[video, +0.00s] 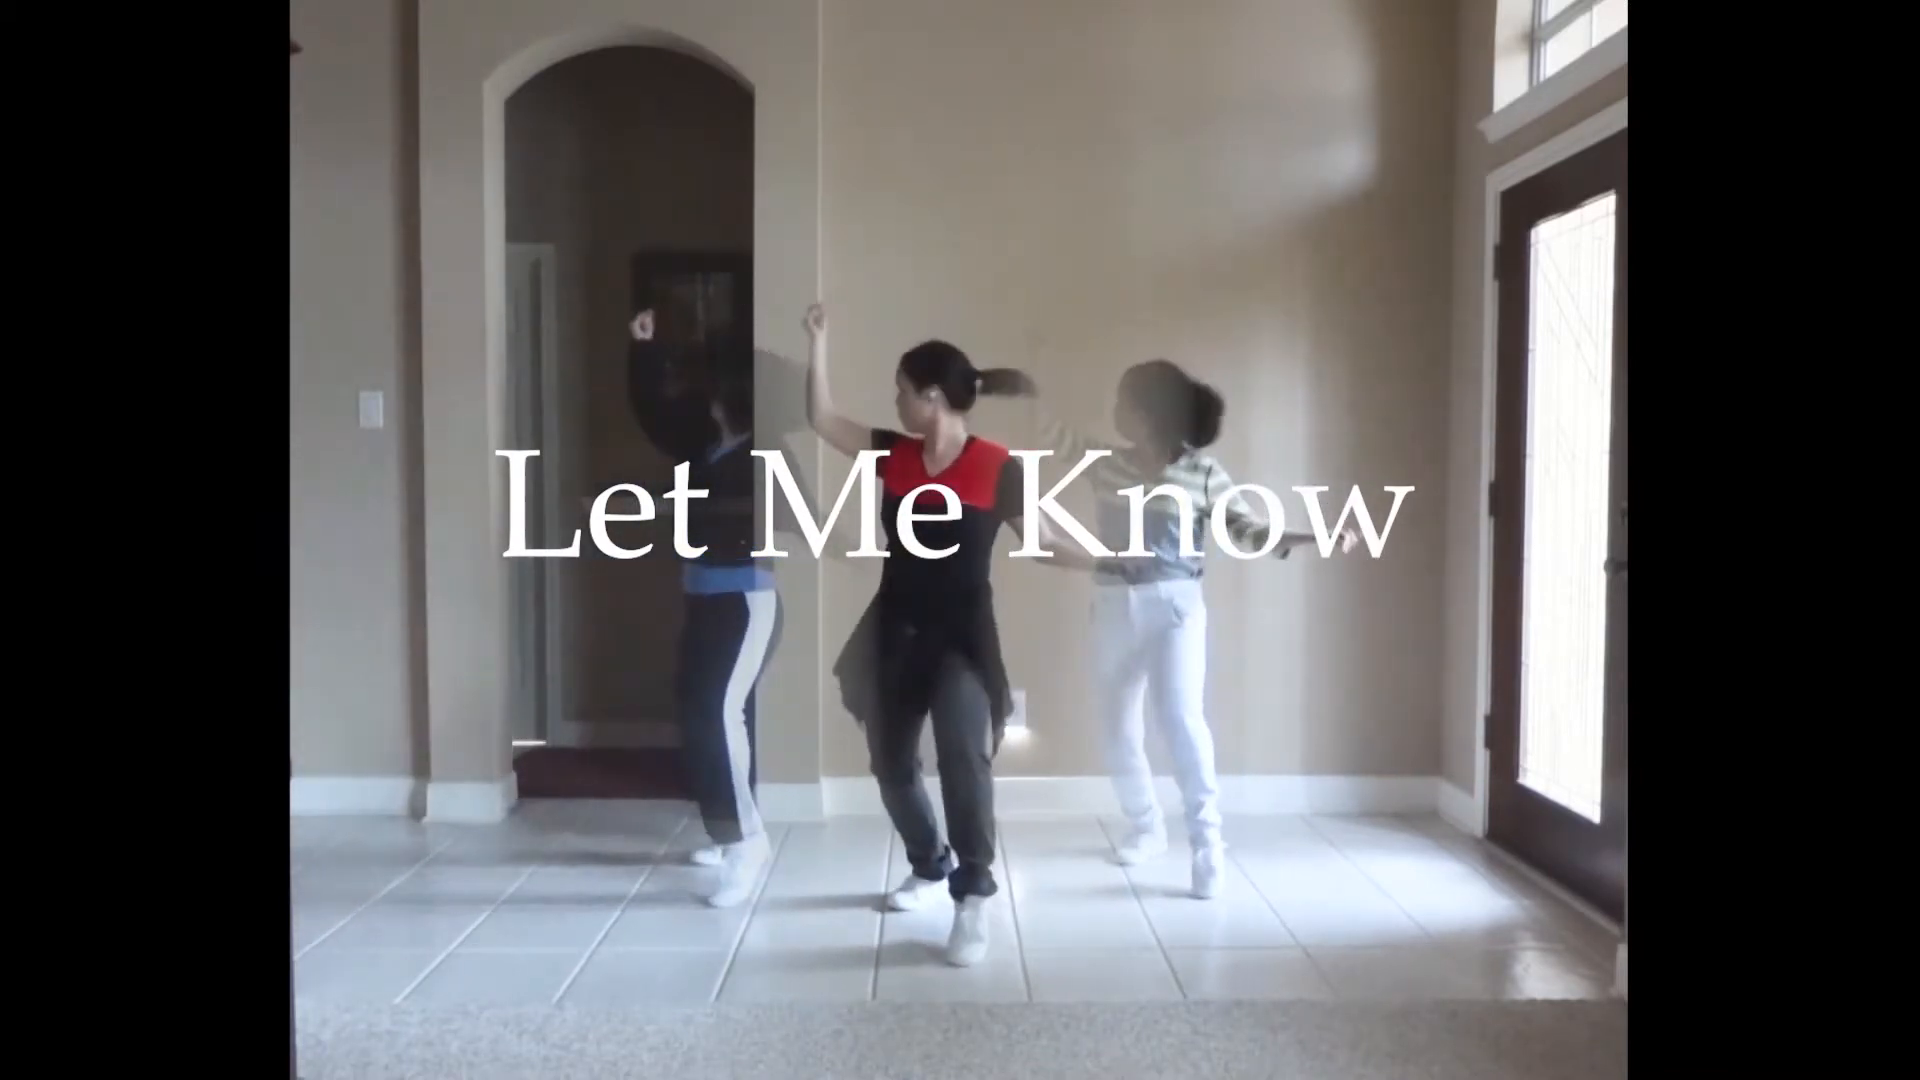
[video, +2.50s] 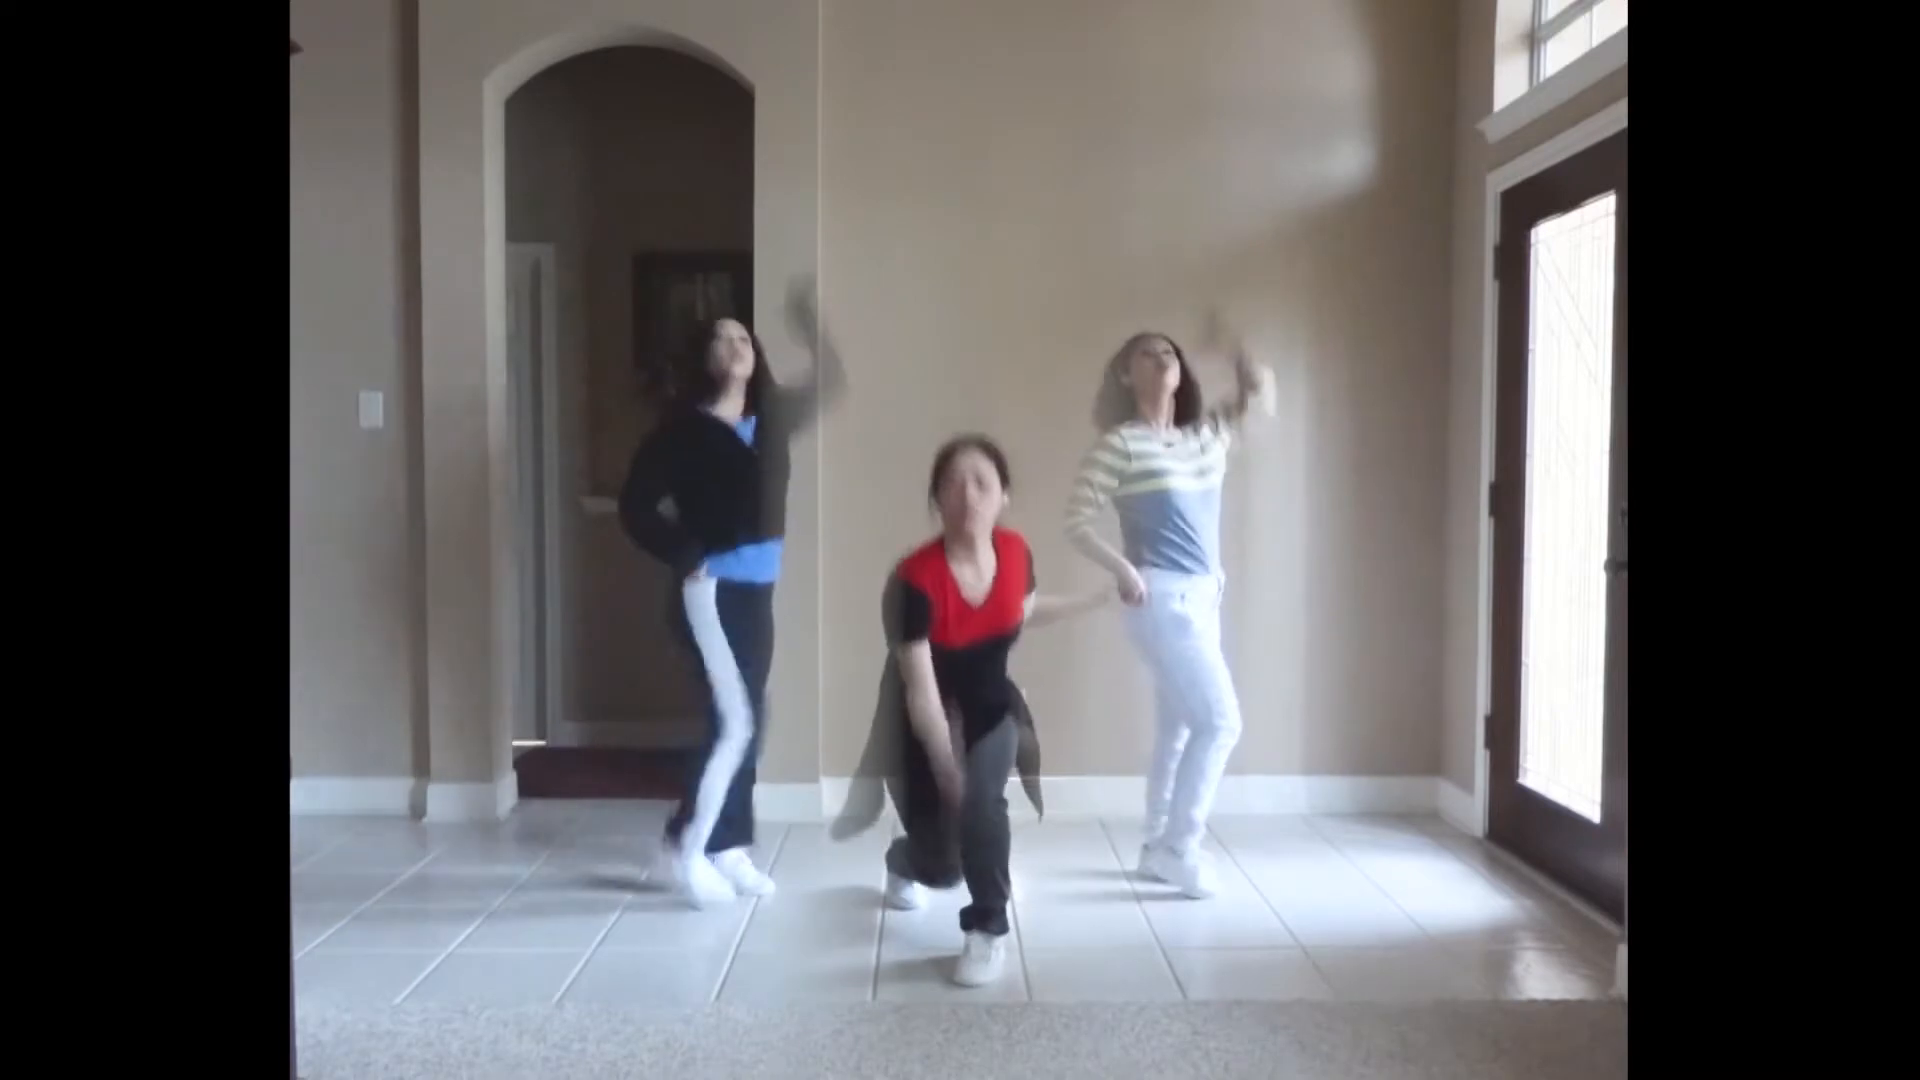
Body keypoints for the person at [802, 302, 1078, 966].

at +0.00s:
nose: (898, 405)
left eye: (905, 395)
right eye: (900, 395)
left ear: (937, 398)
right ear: (924, 399)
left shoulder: (997, 467)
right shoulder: (891, 454)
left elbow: (1052, 538)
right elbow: (823, 419)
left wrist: (1112, 562)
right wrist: (818, 339)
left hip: (962, 632)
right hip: (895, 629)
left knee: (962, 752)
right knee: (891, 763)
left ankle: (973, 893)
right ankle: (931, 868)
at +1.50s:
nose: (901, 416)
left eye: (910, 405)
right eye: (900, 405)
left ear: (948, 407)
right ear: (915, 411)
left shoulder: (1001, 476)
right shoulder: (892, 474)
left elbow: (1038, 559)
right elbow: (816, 480)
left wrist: (1101, 580)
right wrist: (843, 423)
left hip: (958, 642)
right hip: (892, 640)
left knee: (929, 753)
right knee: (884, 780)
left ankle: (961, 893)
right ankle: (929, 870)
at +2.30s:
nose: (954, 394)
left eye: (967, 384)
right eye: (942, 384)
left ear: (988, 399)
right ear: (922, 402)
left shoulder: (1003, 475)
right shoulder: (905, 470)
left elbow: (1032, 558)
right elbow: (887, 503)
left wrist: (1101, 567)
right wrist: (894, 423)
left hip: (989, 653)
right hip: (919, 654)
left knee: (985, 783)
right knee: (917, 789)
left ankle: (990, 921)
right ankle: (911, 869)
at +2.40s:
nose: (959, 439)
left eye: (974, 429)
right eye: (946, 429)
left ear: (995, 446)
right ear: (928, 446)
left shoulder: (1011, 511)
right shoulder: (907, 522)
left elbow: (1031, 586)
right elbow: (917, 624)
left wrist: (1104, 581)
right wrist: (911, 529)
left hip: (988, 677)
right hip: (922, 682)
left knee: (983, 793)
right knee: (931, 829)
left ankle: (987, 925)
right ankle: (899, 864)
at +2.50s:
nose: (968, 494)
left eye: (981, 483)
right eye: (955, 483)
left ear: (1003, 497)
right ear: (937, 500)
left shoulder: (1014, 553)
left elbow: (1021, 613)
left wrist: (1101, 596)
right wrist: (951, 777)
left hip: (991, 708)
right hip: (925, 715)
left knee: (982, 798)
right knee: (943, 865)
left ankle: (985, 928)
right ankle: (901, 861)